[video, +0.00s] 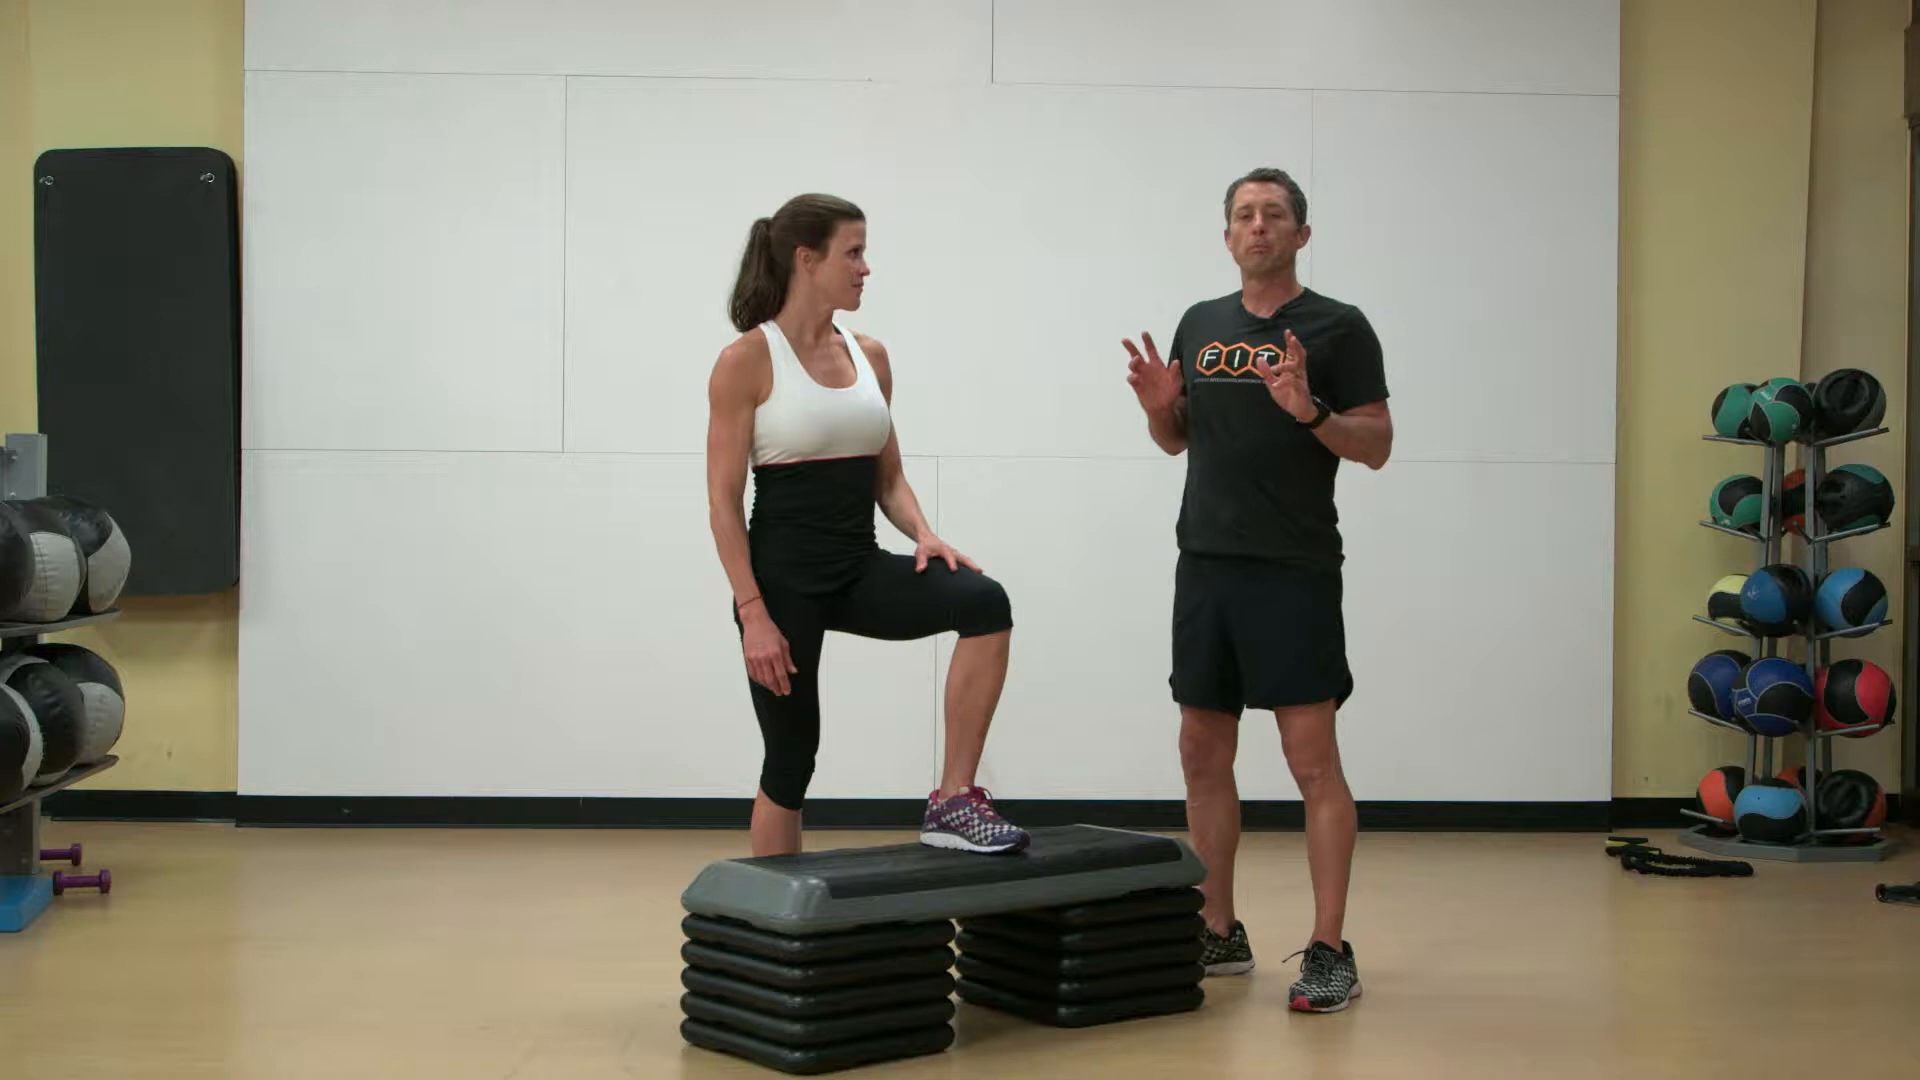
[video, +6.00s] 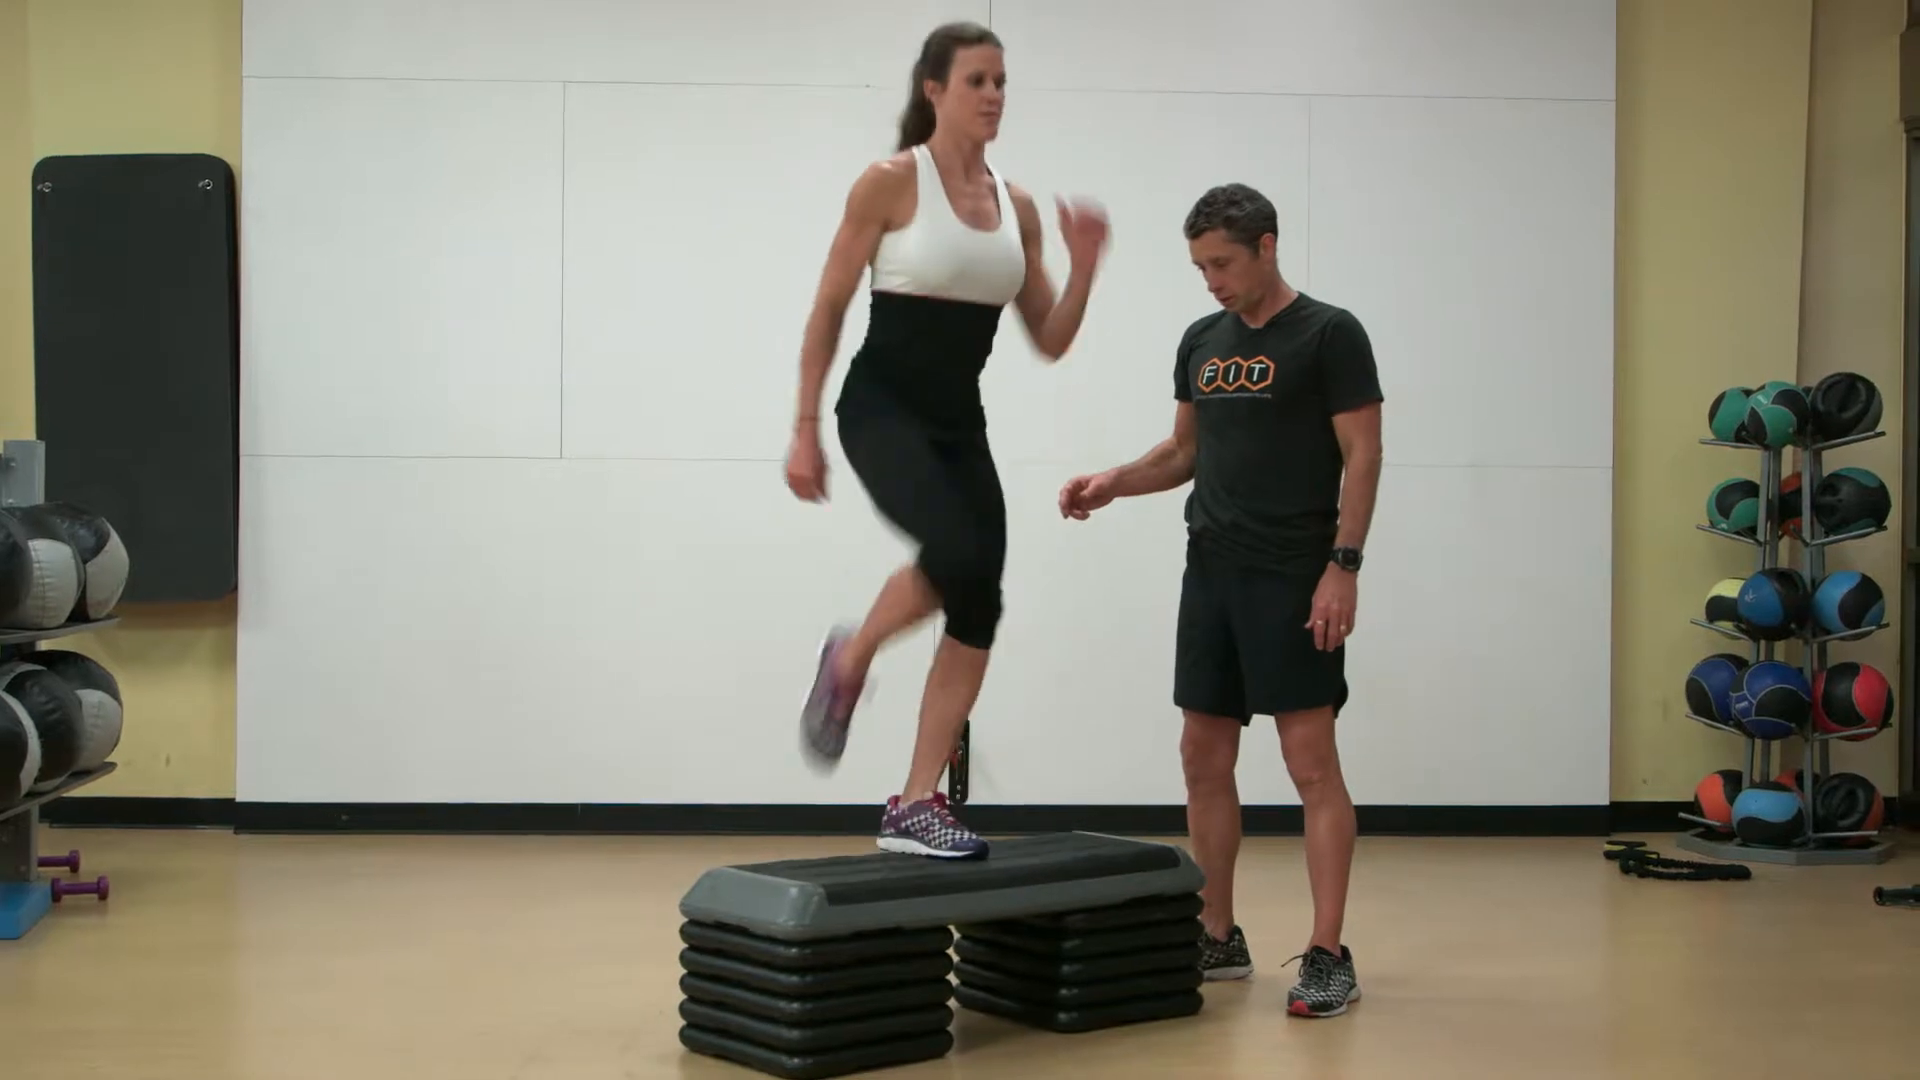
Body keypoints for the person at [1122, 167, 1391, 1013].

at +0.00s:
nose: (1257, 225)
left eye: (1272, 213)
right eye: (1244, 214)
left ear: (1301, 232)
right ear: (1227, 234)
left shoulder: (1337, 328)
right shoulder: (1198, 324)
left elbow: (1375, 444)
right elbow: (1176, 442)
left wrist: (1309, 412)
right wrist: (1160, 409)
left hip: (1296, 569)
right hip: (1207, 566)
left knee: (1312, 760)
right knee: (1202, 751)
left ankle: (1328, 946)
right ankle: (1218, 930)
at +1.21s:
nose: (1211, 253)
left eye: (1223, 238)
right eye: (1205, 239)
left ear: (1274, 232)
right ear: (1210, 238)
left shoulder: (1335, 326)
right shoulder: (1200, 324)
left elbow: (1363, 447)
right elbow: (1178, 418)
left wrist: (1312, 524)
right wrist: (1164, 452)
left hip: (1295, 566)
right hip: (1207, 566)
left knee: (1314, 757)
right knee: (1204, 747)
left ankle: (1329, 944)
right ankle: (1218, 928)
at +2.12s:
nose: (1146, 330)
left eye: (1157, 313)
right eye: (1140, 315)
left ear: (1208, 298)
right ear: (1150, 311)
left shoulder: (1306, 345)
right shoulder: (1155, 387)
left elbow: (1376, 442)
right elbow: (1103, 477)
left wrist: (1349, 553)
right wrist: (1060, 531)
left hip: (1340, 562)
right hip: (1252, 571)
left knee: (1338, 757)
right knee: (1204, 743)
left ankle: (1331, 941)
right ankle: (1218, 927)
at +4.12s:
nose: (1196, 248)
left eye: (1212, 235)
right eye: (1197, 233)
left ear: (1265, 243)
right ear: (1235, 245)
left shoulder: (1332, 340)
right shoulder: (1190, 341)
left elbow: (1369, 462)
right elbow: (1178, 453)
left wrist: (1358, 574)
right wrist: (1136, 529)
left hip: (1312, 582)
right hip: (1224, 578)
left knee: (1320, 766)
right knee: (1208, 754)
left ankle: (1327, 949)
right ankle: (1215, 934)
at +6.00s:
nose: (1212, 279)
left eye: (1223, 262)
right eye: (1202, 266)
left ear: (1267, 248)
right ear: (1198, 263)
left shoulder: (1331, 335)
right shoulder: (1201, 341)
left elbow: (1362, 455)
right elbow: (1183, 452)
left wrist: (1343, 567)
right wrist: (1113, 481)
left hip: (1295, 577)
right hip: (1212, 575)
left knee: (1311, 763)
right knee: (1203, 756)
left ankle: (1327, 951)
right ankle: (1216, 936)